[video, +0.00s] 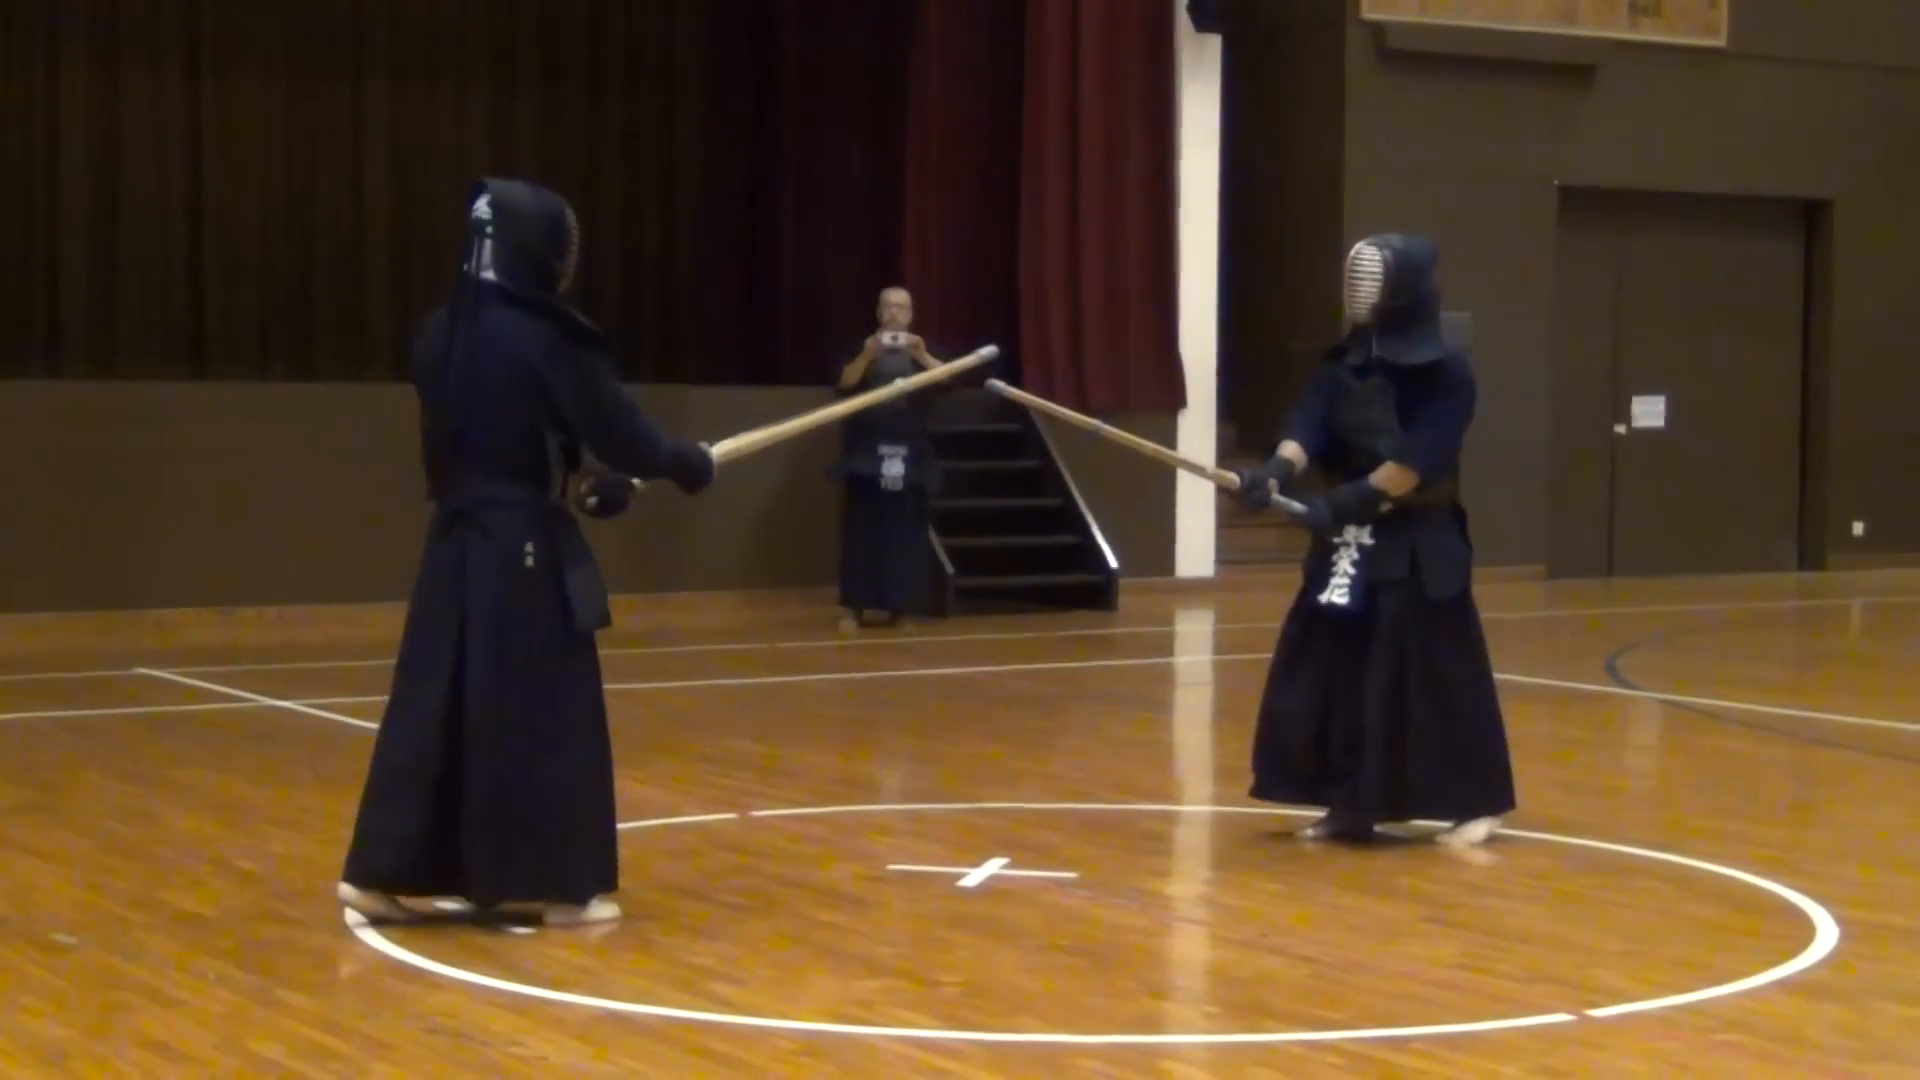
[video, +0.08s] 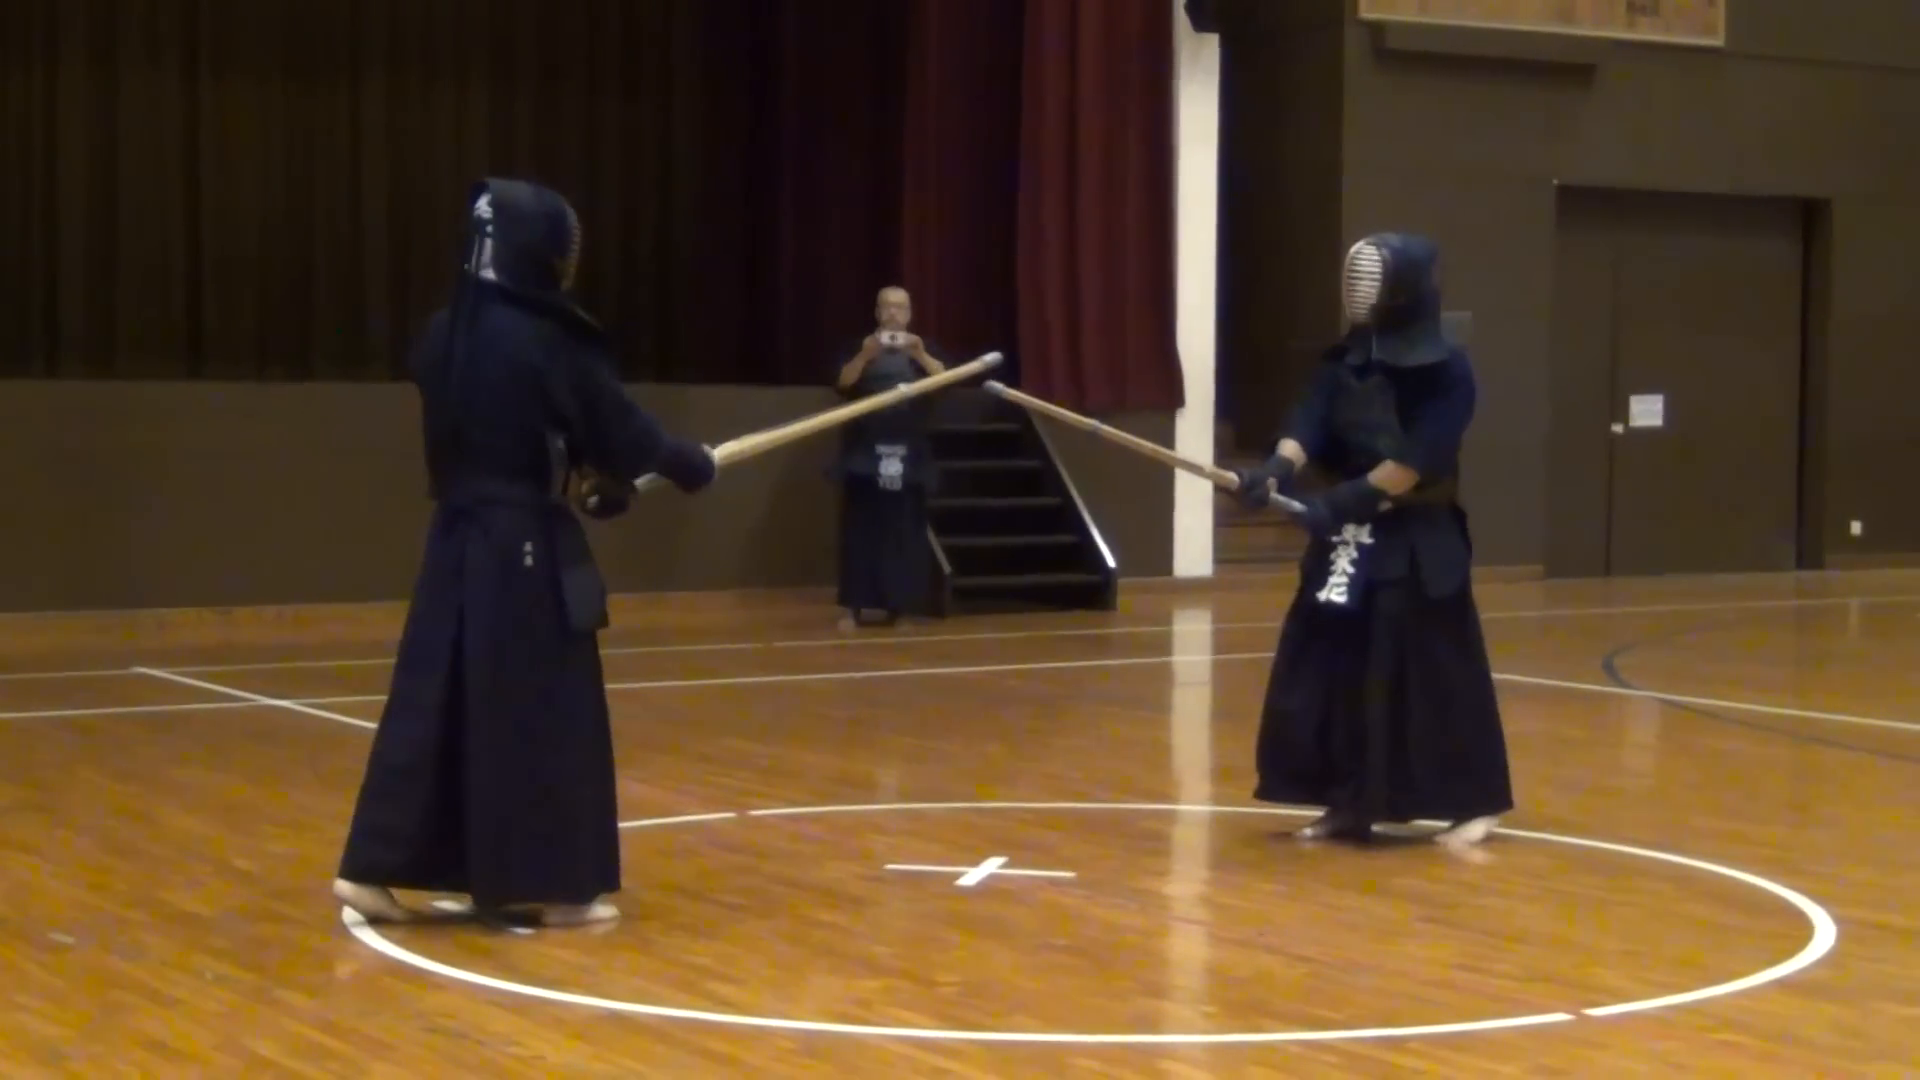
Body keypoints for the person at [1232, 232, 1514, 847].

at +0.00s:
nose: (1356, 294)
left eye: (1369, 282)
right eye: (1355, 281)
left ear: (1405, 288)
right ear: (1354, 285)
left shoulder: (1443, 371)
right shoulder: (1344, 362)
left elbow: (1416, 464)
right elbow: (1309, 426)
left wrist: (1339, 504)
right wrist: (1276, 473)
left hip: (1420, 538)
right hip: (1350, 533)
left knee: (1436, 666)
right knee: (1342, 663)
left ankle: (1475, 803)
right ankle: (1348, 802)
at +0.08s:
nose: (1358, 295)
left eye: (1371, 283)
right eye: (1356, 282)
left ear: (1407, 289)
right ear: (1353, 286)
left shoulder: (1443, 370)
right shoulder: (1344, 361)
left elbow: (1415, 462)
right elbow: (1309, 424)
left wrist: (1339, 503)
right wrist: (1277, 471)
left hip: (1420, 534)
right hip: (1349, 530)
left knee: (1437, 665)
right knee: (1342, 662)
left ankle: (1473, 804)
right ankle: (1348, 801)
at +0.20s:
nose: (1354, 294)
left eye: (1368, 282)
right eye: (1353, 281)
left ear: (1404, 288)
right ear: (1350, 284)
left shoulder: (1440, 370)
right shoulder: (1338, 362)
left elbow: (1412, 463)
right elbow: (1305, 426)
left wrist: (1335, 504)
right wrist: (1273, 472)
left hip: (1417, 534)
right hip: (1346, 529)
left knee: (1431, 663)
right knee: (1337, 660)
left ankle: (1469, 803)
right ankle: (1345, 799)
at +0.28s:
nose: (1351, 293)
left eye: (1365, 282)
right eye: (1349, 280)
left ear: (1401, 288)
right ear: (1347, 284)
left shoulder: (1438, 373)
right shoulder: (1337, 363)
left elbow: (1408, 462)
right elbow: (1303, 426)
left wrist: (1332, 504)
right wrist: (1269, 472)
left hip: (1414, 533)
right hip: (1344, 528)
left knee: (1426, 663)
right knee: (1337, 660)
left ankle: (1465, 800)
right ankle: (1345, 798)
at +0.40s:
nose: (1349, 293)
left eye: (1363, 282)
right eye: (1347, 280)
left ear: (1399, 288)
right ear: (1344, 284)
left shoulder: (1433, 369)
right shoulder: (1332, 362)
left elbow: (1406, 461)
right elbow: (1297, 426)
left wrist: (1329, 501)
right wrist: (1263, 471)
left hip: (1411, 535)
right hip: (1340, 531)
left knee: (1424, 664)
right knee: (1332, 662)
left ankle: (1465, 802)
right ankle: (1342, 799)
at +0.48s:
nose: (1348, 293)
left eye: (1361, 282)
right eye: (1346, 281)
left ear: (1397, 287)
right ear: (1343, 284)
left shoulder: (1431, 369)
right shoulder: (1332, 361)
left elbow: (1403, 462)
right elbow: (1296, 424)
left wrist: (1328, 500)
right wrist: (1263, 467)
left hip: (1410, 532)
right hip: (1339, 528)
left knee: (1422, 663)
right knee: (1332, 661)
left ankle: (1465, 801)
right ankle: (1341, 797)